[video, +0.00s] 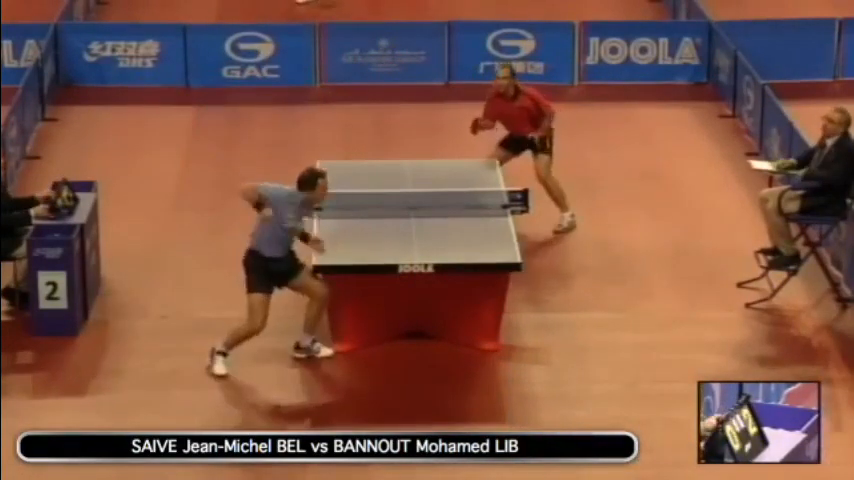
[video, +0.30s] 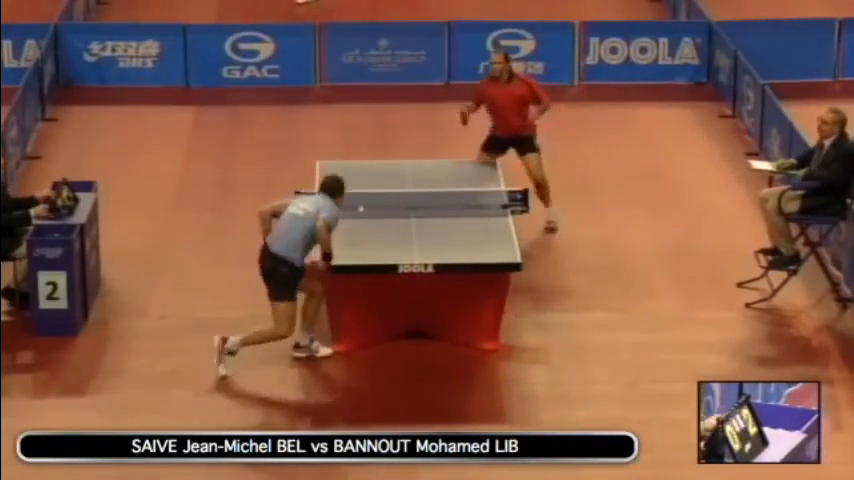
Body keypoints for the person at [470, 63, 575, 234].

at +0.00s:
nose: (500, 83)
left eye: (504, 79)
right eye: (498, 79)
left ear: (513, 81)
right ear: (495, 81)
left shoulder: (529, 95)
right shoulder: (494, 100)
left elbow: (550, 112)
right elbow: (490, 122)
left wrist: (542, 131)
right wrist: (479, 125)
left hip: (539, 135)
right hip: (517, 135)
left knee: (543, 175)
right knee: (490, 165)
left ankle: (567, 214)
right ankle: (490, 211)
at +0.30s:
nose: (494, 68)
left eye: (497, 64)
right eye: (492, 64)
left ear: (507, 65)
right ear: (491, 66)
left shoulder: (524, 84)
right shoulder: (486, 86)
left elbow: (545, 103)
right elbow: (476, 104)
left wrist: (535, 115)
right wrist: (466, 111)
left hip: (523, 134)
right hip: (499, 135)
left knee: (538, 178)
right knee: (480, 171)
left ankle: (549, 214)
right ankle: (482, 211)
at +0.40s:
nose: (494, 68)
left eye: (498, 64)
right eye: (493, 64)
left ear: (508, 65)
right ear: (490, 66)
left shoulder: (524, 84)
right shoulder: (485, 86)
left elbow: (546, 102)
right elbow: (470, 102)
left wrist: (539, 114)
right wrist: (467, 116)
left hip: (521, 138)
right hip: (494, 138)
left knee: (535, 179)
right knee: (476, 173)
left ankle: (541, 216)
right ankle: (476, 214)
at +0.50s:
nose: (491, 71)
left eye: (495, 67)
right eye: (490, 67)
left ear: (505, 67)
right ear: (488, 67)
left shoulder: (518, 85)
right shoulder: (480, 86)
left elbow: (535, 108)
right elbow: (469, 110)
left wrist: (519, 109)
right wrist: (462, 110)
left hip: (514, 139)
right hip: (486, 138)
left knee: (530, 179)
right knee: (472, 175)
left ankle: (540, 217)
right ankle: (471, 218)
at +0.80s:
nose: (475, 99)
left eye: (479, 96)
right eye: (473, 95)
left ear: (487, 97)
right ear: (469, 95)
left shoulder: (494, 113)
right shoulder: (457, 114)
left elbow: (495, 134)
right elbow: (437, 134)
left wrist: (490, 147)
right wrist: (445, 150)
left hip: (487, 157)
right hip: (461, 158)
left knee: (522, 184)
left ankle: (541, 219)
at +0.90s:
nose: (468, 110)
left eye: (472, 106)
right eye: (466, 106)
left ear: (479, 107)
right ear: (461, 106)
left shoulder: (486, 121)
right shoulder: (453, 125)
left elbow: (497, 143)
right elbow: (446, 148)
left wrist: (491, 148)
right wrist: (439, 146)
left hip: (484, 163)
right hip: (457, 164)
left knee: (519, 187)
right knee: (431, 188)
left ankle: (538, 220)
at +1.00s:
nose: (464, 108)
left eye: (469, 104)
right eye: (462, 103)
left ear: (477, 105)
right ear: (458, 103)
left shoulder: (487, 120)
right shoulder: (448, 124)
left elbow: (503, 136)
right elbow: (436, 145)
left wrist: (511, 147)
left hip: (487, 166)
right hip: (456, 166)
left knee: (521, 188)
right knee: (422, 184)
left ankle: (532, 219)